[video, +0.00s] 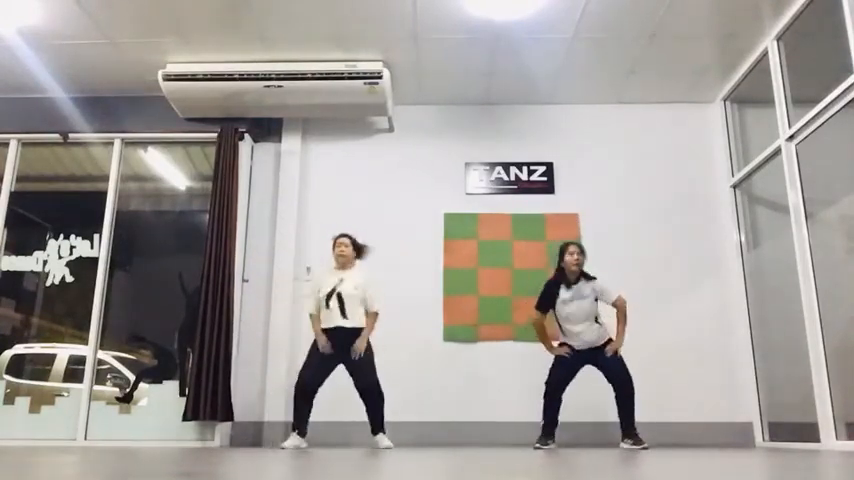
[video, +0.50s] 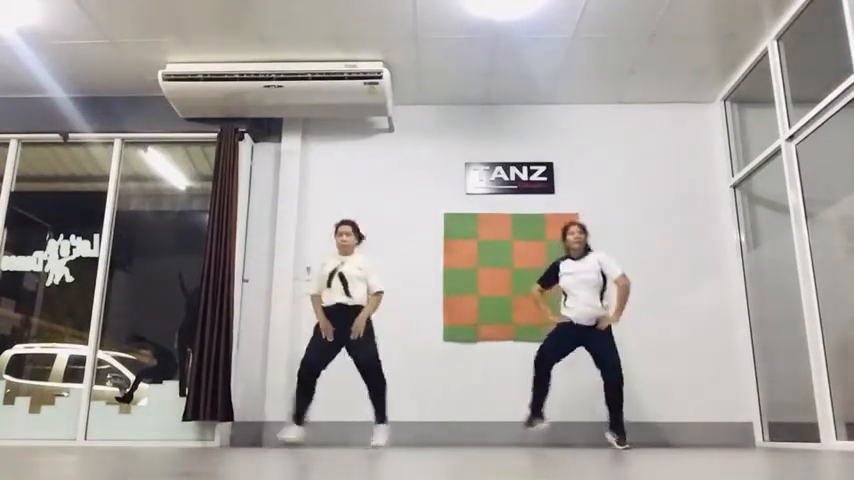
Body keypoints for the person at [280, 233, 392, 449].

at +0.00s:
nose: (340, 249)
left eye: (345, 246)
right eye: (337, 246)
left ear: (354, 252)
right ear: (332, 252)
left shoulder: (363, 278)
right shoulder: (321, 277)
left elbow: (373, 312)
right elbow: (313, 310)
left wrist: (363, 338)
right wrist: (318, 333)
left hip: (356, 337)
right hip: (328, 337)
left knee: (370, 387)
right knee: (305, 384)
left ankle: (379, 433)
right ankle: (299, 434)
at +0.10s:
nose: (344, 243)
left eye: (349, 240)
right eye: (340, 240)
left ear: (357, 243)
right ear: (335, 243)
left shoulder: (367, 268)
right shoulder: (326, 267)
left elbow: (378, 298)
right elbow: (315, 297)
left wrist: (364, 325)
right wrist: (319, 323)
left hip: (356, 325)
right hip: (328, 323)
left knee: (369, 379)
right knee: (306, 375)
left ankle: (379, 429)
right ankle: (296, 428)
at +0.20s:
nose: (346, 241)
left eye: (350, 236)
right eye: (342, 238)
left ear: (358, 240)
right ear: (337, 242)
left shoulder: (368, 265)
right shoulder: (331, 267)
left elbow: (384, 295)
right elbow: (319, 297)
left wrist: (366, 318)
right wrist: (326, 322)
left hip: (360, 320)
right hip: (333, 319)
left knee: (367, 373)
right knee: (306, 361)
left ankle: (374, 426)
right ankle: (278, 411)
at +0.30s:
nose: (348, 246)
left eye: (352, 242)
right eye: (343, 243)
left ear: (360, 246)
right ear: (339, 249)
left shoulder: (370, 273)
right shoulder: (333, 275)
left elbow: (389, 302)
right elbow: (323, 305)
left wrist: (370, 327)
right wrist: (330, 329)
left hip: (364, 330)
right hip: (338, 330)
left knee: (368, 380)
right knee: (301, 362)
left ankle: (371, 432)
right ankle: (260, 402)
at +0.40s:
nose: (346, 245)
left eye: (350, 241)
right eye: (342, 241)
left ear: (359, 244)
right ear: (337, 246)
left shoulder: (369, 269)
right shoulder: (332, 274)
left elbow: (383, 299)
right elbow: (323, 304)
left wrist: (370, 322)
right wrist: (327, 328)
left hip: (361, 328)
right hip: (335, 329)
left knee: (367, 380)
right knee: (303, 364)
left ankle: (371, 432)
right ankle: (268, 411)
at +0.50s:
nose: (343, 238)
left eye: (348, 234)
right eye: (340, 234)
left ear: (357, 238)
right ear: (335, 238)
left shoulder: (364, 264)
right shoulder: (326, 264)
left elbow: (377, 294)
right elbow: (314, 294)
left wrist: (363, 317)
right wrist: (322, 320)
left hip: (357, 319)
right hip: (330, 319)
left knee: (372, 370)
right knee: (308, 368)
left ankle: (381, 425)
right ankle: (297, 425)